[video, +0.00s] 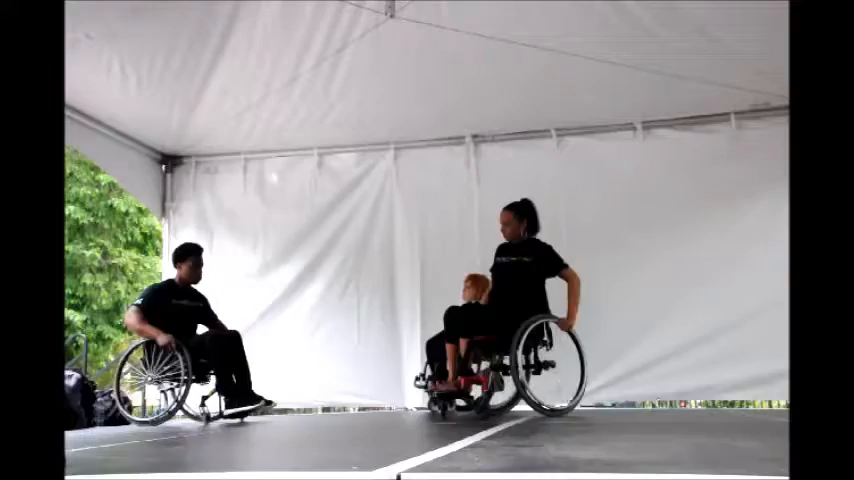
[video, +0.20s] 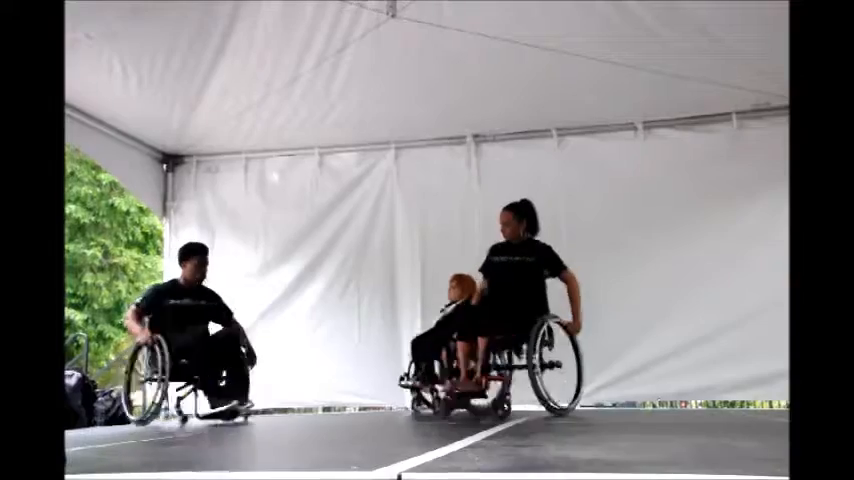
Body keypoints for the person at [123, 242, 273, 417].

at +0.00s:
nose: (200, 270)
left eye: (201, 265)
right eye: (195, 265)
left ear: (200, 266)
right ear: (179, 266)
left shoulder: (198, 300)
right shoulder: (158, 292)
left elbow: (219, 329)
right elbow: (131, 319)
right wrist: (158, 335)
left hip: (187, 356)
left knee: (232, 338)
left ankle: (245, 395)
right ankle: (231, 398)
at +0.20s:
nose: (203, 270)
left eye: (205, 265)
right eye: (198, 265)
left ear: (207, 265)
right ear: (184, 264)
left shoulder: (209, 297)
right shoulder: (160, 293)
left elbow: (232, 325)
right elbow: (131, 317)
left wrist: (247, 348)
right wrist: (141, 333)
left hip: (199, 356)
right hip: (166, 360)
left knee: (231, 338)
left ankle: (238, 400)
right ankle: (218, 402)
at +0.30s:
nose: (204, 270)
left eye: (206, 265)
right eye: (199, 265)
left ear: (208, 265)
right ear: (184, 263)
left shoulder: (212, 295)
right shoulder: (162, 293)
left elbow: (235, 322)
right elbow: (134, 318)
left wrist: (245, 343)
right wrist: (139, 334)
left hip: (205, 351)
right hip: (172, 353)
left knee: (224, 336)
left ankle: (225, 399)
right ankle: (205, 398)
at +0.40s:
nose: (203, 268)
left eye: (205, 263)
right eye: (198, 263)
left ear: (208, 264)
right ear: (184, 262)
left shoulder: (216, 294)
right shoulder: (164, 293)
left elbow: (239, 322)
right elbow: (140, 317)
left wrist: (243, 341)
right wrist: (140, 333)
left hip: (207, 355)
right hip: (176, 356)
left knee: (216, 340)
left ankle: (211, 400)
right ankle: (190, 399)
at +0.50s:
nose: (200, 266)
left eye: (203, 262)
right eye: (195, 261)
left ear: (206, 262)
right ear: (182, 261)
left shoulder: (217, 292)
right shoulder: (166, 292)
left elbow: (241, 321)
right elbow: (148, 318)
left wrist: (236, 338)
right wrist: (138, 338)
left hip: (208, 352)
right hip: (177, 352)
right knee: (158, 336)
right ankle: (165, 399)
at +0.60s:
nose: (197, 265)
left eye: (200, 260)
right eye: (192, 260)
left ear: (204, 261)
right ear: (180, 260)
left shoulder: (217, 291)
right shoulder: (166, 293)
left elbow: (239, 321)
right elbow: (149, 321)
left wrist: (229, 339)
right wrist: (135, 339)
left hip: (208, 354)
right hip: (177, 353)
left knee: (186, 333)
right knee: (151, 334)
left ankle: (171, 399)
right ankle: (155, 400)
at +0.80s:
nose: (188, 263)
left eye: (193, 258)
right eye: (184, 258)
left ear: (200, 260)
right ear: (175, 259)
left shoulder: (212, 288)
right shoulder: (167, 292)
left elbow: (229, 317)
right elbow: (155, 320)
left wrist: (213, 336)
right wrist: (133, 337)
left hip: (201, 353)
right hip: (172, 351)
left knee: (164, 335)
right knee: (137, 335)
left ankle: (149, 400)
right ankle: (133, 399)